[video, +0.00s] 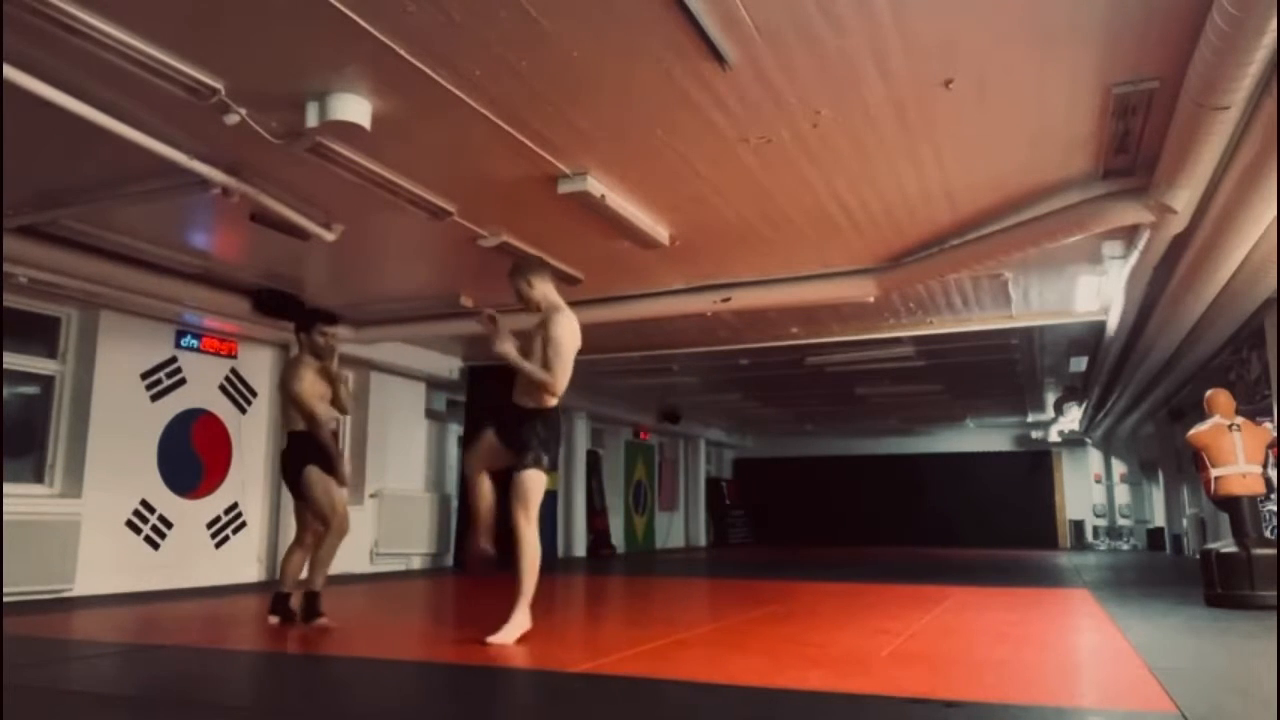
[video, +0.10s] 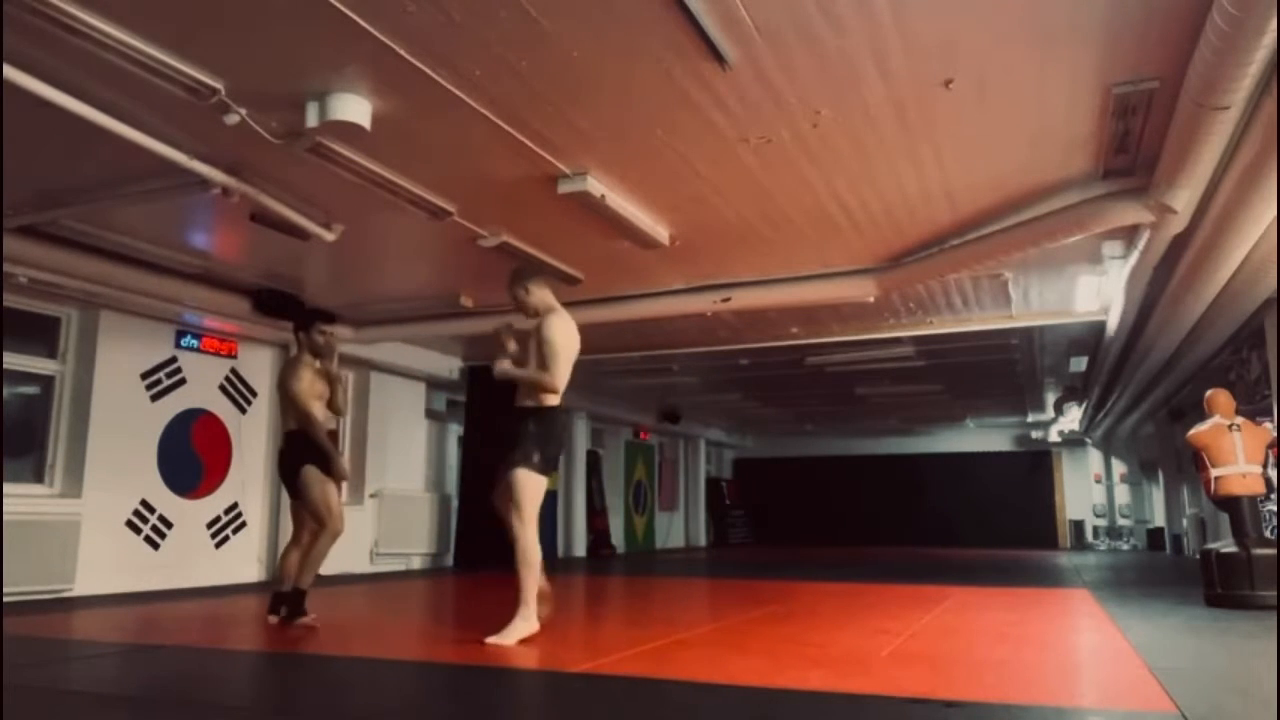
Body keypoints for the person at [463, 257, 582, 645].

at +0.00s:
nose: (521, 301)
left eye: (521, 292)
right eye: (518, 294)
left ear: (537, 284)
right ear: (537, 284)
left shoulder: (562, 323)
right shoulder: (548, 320)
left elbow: (555, 385)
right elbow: (524, 350)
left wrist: (511, 355)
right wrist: (499, 330)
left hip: (540, 423)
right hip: (518, 418)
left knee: (525, 516)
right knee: (475, 461)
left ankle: (522, 611)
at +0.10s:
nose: (520, 307)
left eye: (520, 299)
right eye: (518, 301)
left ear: (533, 290)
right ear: (536, 290)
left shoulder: (555, 323)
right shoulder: (548, 324)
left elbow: (555, 381)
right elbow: (536, 371)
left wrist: (512, 370)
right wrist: (515, 349)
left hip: (540, 424)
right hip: (531, 422)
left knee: (525, 518)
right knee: (506, 501)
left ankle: (527, 613)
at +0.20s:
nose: (519, 319)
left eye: (518, 312)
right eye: (517, 313)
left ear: (530, 304)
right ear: (546, 301)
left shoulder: (543, 332)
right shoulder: (573, 336)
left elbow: (549, 385)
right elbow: (561, 383)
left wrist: (514, 391)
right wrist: (525, 364)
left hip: (539, 428)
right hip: (562, 430)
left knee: (515, 523)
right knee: (548, 528)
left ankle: (529, 618)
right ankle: (574, 607)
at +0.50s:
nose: (530, 331)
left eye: (529, 326)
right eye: (528, 327)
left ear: (538, 316)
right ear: (555, 311)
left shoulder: (545, 336)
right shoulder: (592, 345)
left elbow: (501, 373)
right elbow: (569, 379)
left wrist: (473, 373)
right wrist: (533, 374)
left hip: (552, 438)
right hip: (582, 442)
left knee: (511, 520)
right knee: (569, 531)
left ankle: (526, 611)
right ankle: (577, 617)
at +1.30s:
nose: (536, 333)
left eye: (535, 326)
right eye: (533, 329)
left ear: (545, 314)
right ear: (558, 311)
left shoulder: (563, 336)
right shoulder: (595, 344)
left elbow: (511, 367)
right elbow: (551, 393)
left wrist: (503, 328)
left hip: (563, 435)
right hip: (590, 436)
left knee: (542, 527)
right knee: (591, 530)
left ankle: (537, 620)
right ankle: (614, 613)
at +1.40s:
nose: (544, 335)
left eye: (542, 328)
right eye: (542, 330)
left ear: (552, 317)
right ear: (561, 314)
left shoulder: (575, 339)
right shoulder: (592, 342)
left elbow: (530, 375)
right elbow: (556, 399)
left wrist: (525, 332)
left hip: (575, 437)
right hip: (596, 437)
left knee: (541, 523)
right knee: (594, 529)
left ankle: (551, 616)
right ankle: (613, 616)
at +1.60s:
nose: (547, 335)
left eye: (545, 329)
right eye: (545, 330)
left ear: (554, 317)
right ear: (562, 313)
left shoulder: (581, 333)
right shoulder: (593, 337)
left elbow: (548, 381)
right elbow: (566, 397)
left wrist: (536, 340)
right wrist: (541, 394)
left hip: (590, 432)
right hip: (589, 431)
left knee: (590, 530)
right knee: (548, 497)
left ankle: (607, 618)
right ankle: (575, 573)